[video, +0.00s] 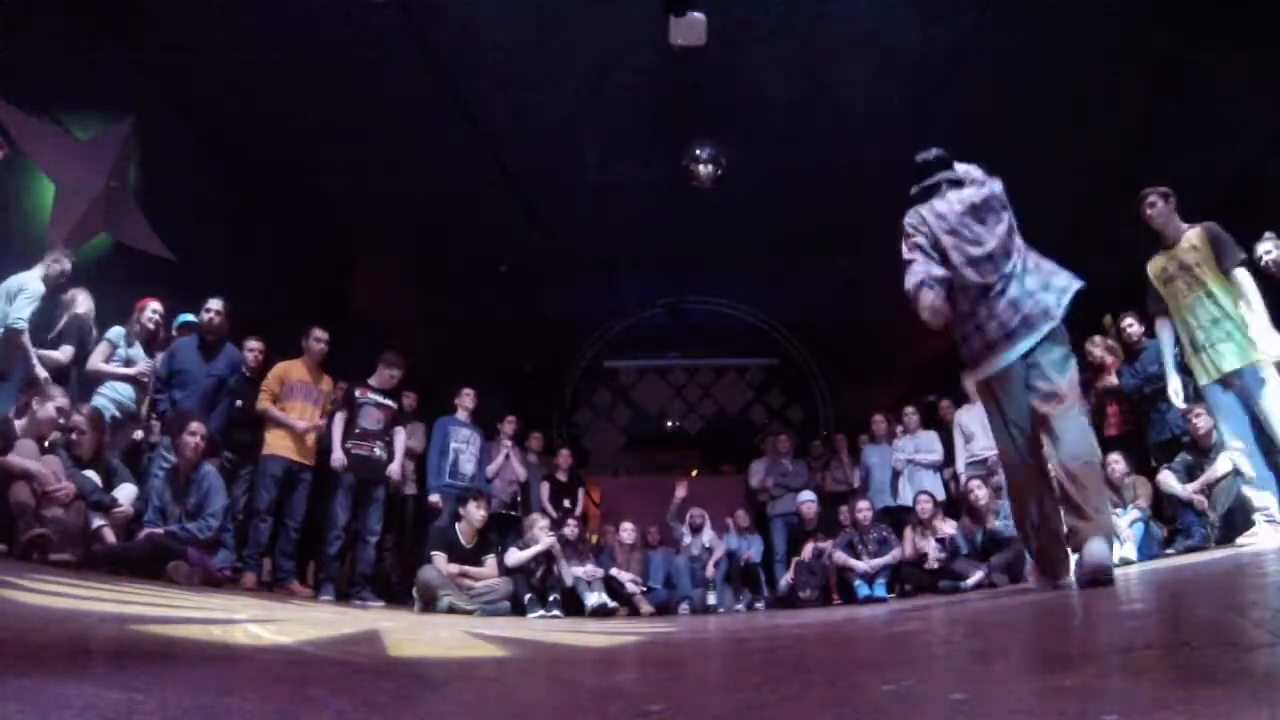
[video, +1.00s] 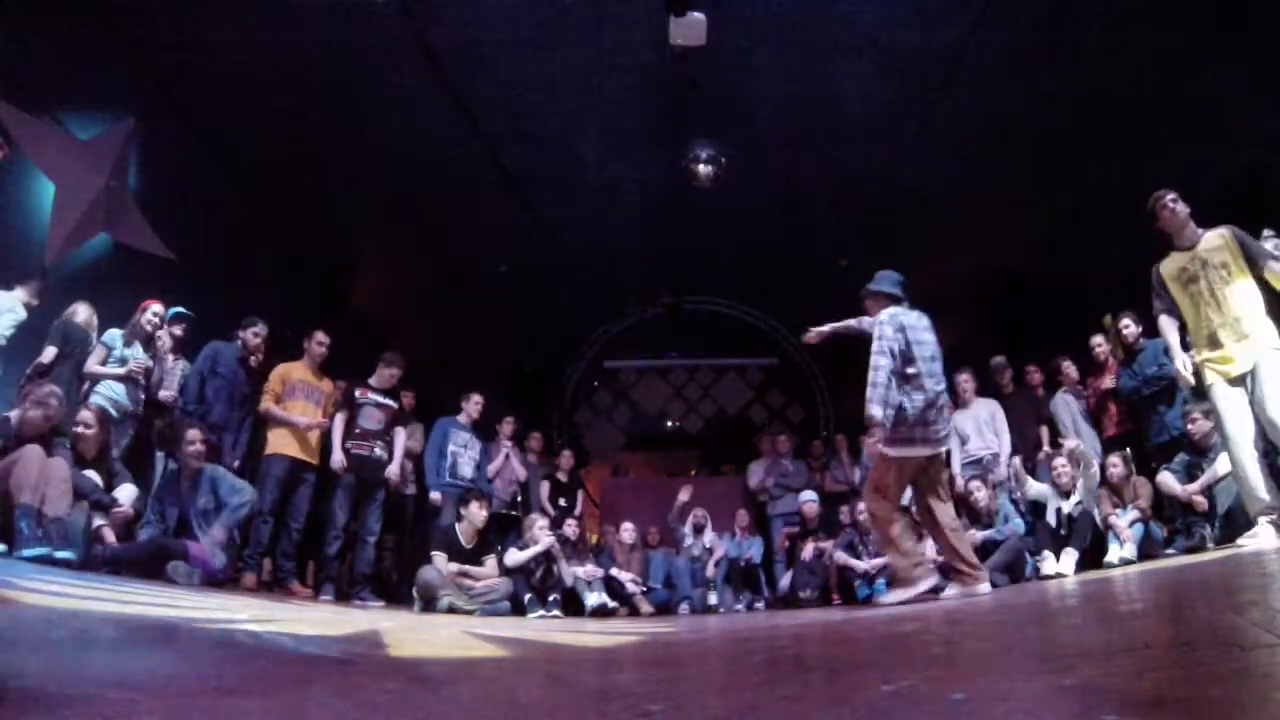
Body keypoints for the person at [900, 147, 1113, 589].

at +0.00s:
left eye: (920, 184)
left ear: (915, 186)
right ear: (954, 169)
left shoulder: (919, 221)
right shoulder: (988, 186)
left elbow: (928, 294)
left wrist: (934, 302)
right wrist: (956, 167)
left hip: (991, 338)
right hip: (1040, 312)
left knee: (1019, 452)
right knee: (1068, 416)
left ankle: (1051, 563)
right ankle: (1097, 538)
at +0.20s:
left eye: (922, 218)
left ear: (919, 216)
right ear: (955, 203)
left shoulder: (922, 247)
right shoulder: (989, 221)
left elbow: (928, 315)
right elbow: (1003, 276)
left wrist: (940, 368)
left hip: (983, 369)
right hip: (1029, 349)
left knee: (1011, 470)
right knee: (1047, 443)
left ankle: (1053, 567)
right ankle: (1081, 486)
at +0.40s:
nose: (919, 247)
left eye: (918, 242)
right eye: (920, 241)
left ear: (920, 239)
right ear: (950, 231)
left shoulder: (921, 266)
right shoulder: (980, 251)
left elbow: (927, 331)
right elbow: (1002, 315)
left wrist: (927, 389)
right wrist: (1032, 367)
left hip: (972, 382)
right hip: (1012, 370)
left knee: (1004, 476)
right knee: (1022, 468)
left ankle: (1056, 558)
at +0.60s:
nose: (902, 265)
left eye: (904, 260)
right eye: (903, 260)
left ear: (909, 260)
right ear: (934, 256)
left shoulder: (909, 286)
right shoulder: (961, 274)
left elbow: (910, 346)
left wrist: (909, 402)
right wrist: (914, 258)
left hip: (959, 393)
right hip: (991, 382)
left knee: (997, 480)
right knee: (980, 485)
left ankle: (1053, 558)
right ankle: (976, 572)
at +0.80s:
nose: (892, 283)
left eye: (893, 280)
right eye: (892, 280)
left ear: (898, 280)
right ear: (920, 276)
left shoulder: (898, 301)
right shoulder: (943, 296)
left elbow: (894, 357)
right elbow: (911, 294)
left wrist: (882, 413)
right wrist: (873, 279)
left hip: (927, 405)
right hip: (963, 400)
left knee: (928, 487)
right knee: (958, 485)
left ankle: (986, 531)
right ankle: (971, 575)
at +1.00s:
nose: (867, 306)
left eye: (869, 300)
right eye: (867, 301)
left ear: (880, 298)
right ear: (899, 297)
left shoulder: (887, 321)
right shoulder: (920, 319)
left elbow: (880, 370)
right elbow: (868, 323)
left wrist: (875, 422)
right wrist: (828, 329)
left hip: (904, 433)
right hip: (935, 432)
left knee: (878, 500)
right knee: (936, 503)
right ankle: (971, 577)